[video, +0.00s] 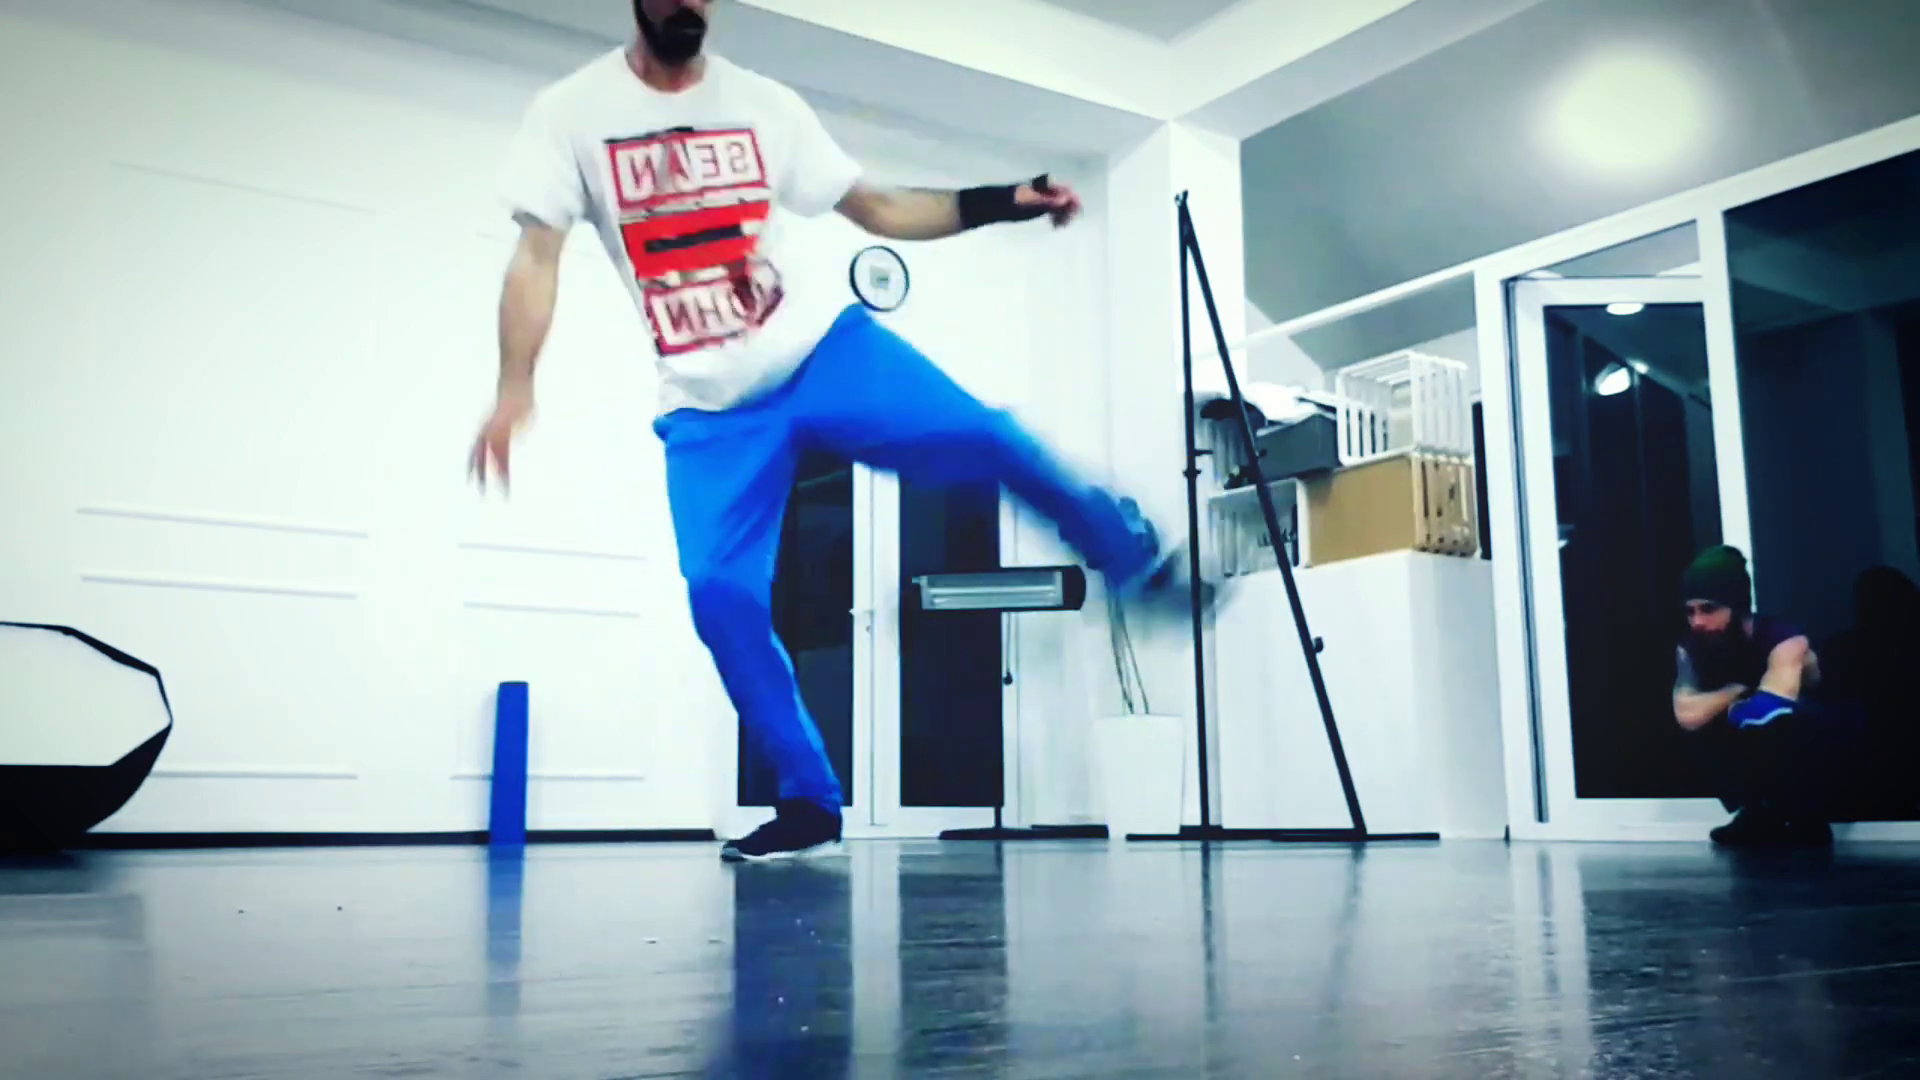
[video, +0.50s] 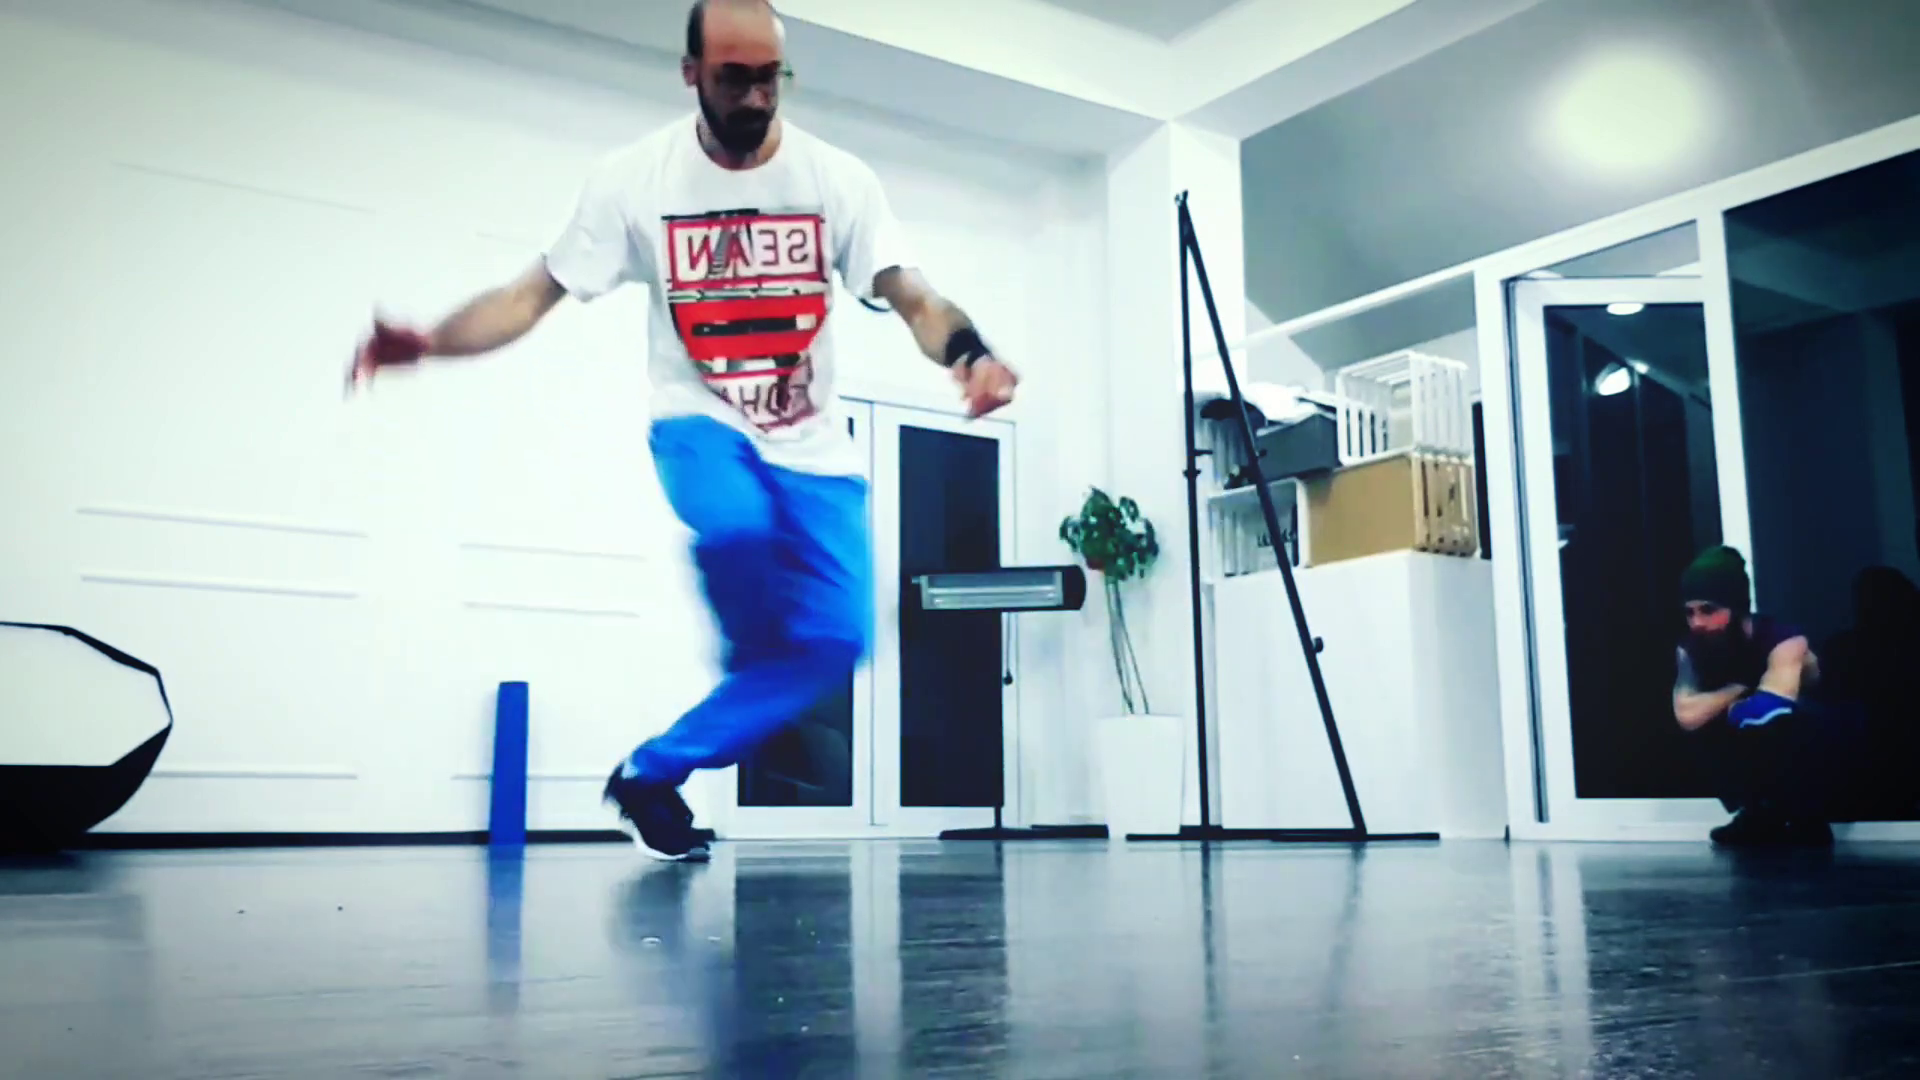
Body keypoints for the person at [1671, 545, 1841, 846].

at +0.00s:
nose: (1697, 622)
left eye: (1708, 610)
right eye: (1691, 612)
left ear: (1736, 605)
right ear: (1685, 611)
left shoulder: (1782, 638)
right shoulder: (1691, 651)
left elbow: (1773, 705)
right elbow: (1688, 715)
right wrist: (1737, 691)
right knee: (1704, 726)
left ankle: (1802, 819)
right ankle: (1755, 814)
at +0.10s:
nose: (1697, 622)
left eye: (1708, 610)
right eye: (1691, 612)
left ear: (1736, 605)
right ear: (1685, 611)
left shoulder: (1782, 638)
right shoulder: (1691, 651)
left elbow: (1774, 704)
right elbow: (1688, 715)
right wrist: (1735, 691)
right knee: (1705, 725)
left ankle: (1802, 819)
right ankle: (1755, 814)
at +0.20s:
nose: (1697, 622)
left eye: (1709, 610)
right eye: (1691, 612)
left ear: (1737, 606)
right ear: (1684, 611)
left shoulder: (1783, 638)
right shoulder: (1690, 651)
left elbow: (1773, 706)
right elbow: (1688, 715)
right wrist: (1738, 690)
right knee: (1703, 726)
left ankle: (1802, 819)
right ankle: (1755, 814)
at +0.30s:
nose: (1697, 623)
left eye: (1708, 611)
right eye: (1691, 613)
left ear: (1736, 606)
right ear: (1684, 611)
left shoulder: (1782, 638)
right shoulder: (1690, 651)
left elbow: (1774, 705)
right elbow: (1688, 715)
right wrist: (1738, 689)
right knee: (1704, 726)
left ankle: (1803, 819)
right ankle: (1754, 815)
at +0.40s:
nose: (1697, 623)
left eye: (1708, 611)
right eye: (1690, 613)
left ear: (1736, 606)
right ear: (1684, 612)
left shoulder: (1780, 638)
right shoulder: (1690, 651)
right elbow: (1688, 715)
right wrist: (1738, 690)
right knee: (1704, 727)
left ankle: (1802, 819)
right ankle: (1755, 814)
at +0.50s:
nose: (1697, 623)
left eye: (1708, 611)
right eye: (1690, 613)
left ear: (1736, 607)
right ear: (1684, 612)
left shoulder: (1778, 637)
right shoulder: (1690, 652)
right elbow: (1688, 715)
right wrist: (1738, 690)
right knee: (1703, 727)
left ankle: (1803, 819)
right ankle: (1754, 814)